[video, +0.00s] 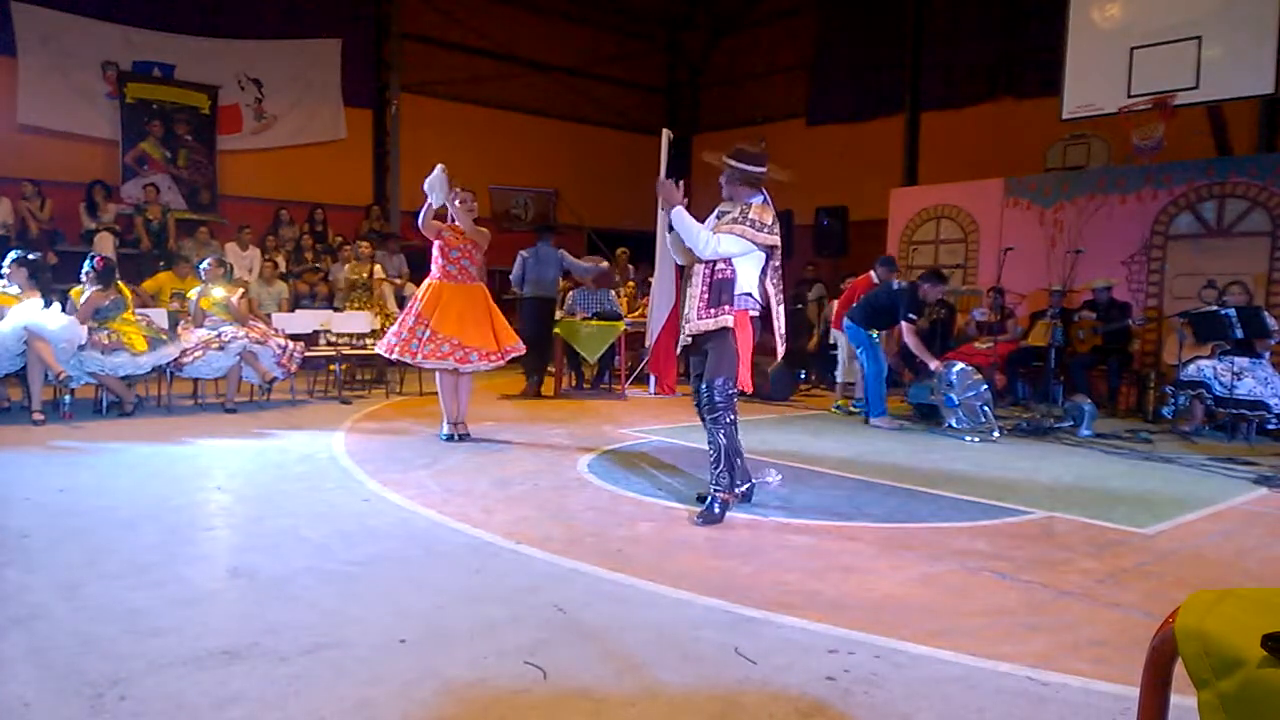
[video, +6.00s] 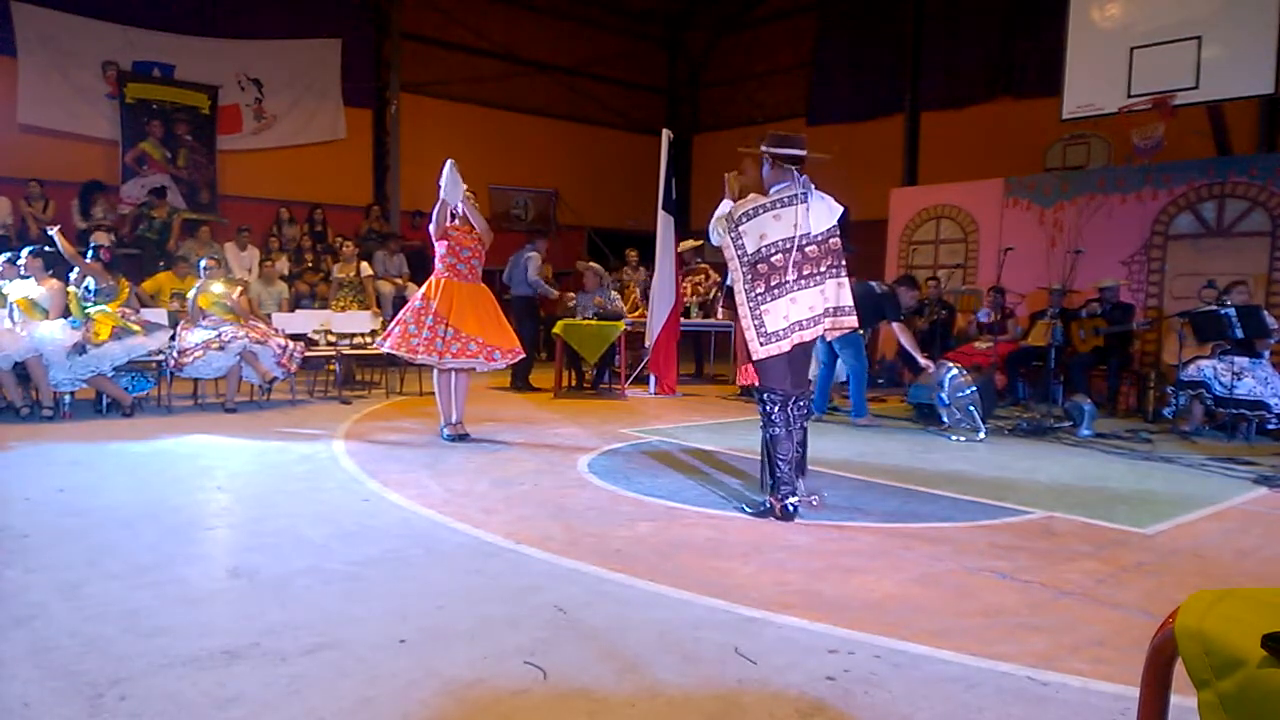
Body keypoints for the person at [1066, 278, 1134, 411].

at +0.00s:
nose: (1097, 295)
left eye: (1101, 292)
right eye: (1095, 292)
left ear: (1108, 292)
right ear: (1093, 293)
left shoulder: (1122, 307)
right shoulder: (1089, 306)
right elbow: (1070, 317)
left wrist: (1097, 317)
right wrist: (1079, 316)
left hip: (1117, 349)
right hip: (1097, 348)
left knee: (1114, 366)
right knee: (1077, 363)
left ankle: (1111, 403)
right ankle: (1084, 399)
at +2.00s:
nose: (1099, 295)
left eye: (1103, 291)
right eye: (1097, 291)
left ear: (1111, 292)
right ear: (1094, 292)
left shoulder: (1123, 308)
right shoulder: (1090, 305)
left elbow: (1118, 321)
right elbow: (1070, 315)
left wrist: (1097, 317)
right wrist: (1079, 316)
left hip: (1116, 350)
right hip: (1096, 348)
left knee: (1114, 367)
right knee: (1076, 364)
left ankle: (1111, 404)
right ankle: (1084, 400)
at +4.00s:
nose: (1097, 295)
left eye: (1101, 292)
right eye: (1096, 292)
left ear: (1110, 292)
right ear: (1094, 292)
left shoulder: (1124, 308)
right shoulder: (1091, 305)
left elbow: (1118, 320)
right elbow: (1068, 315)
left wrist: (1097, 315)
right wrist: (1079, 315)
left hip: (1117, 349)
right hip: (1096, 348)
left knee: (1114, 365)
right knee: (1076, 362)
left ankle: (1111, 403)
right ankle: (1083, 399)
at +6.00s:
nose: (1111, 294)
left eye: (1114, 291)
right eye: (1108, 291)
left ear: (1118, 292)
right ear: (1101, 293)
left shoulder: (1126, 308)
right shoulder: (1093, 304)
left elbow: (1121, 320)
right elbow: (1067, 316)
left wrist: (1102, 311)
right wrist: (1084, 312)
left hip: (1117, 349)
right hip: (1096, 348)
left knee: (1114, 365)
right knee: (1077, 362)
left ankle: (1111, 404)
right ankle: (1082, 400)